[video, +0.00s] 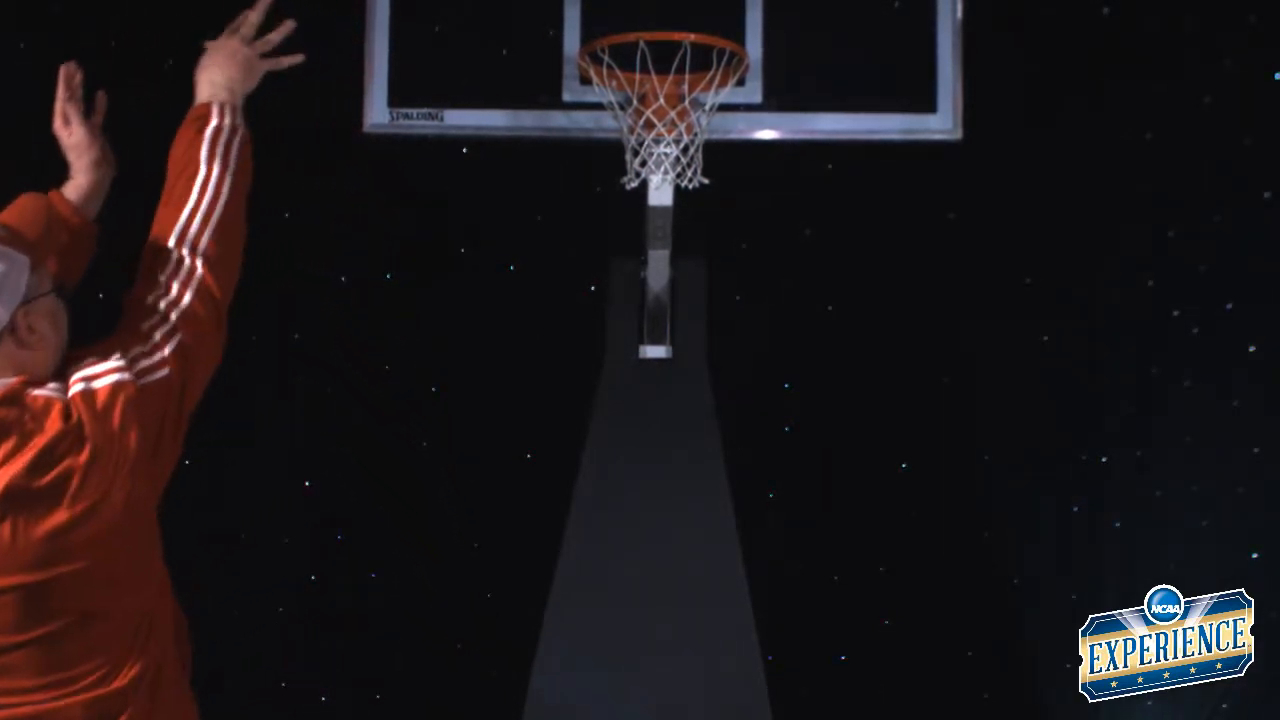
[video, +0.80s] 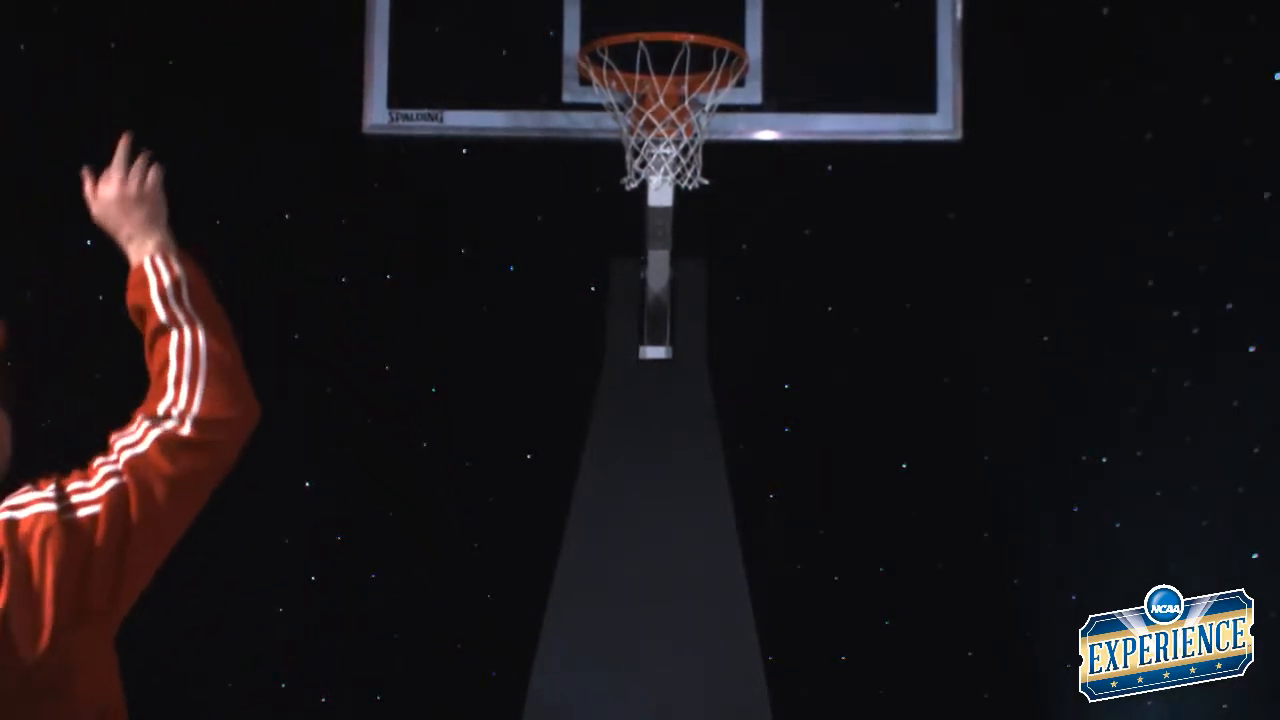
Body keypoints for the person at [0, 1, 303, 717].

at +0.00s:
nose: (56, 295)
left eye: (43, 285)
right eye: (44, 288)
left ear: (9, 332)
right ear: (20, 330)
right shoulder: (89, 430)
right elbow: (185, 274)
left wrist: (79, 191)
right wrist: (219, 102)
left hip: (17, 702)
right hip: (125, 702)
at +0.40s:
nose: (22, 353)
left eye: (14, 346)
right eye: (13, 350)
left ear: (12, 378)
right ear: (1, 383)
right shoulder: (40, 500)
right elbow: (186, 335)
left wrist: (18, 248)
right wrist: (176, 155)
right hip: (90, 701)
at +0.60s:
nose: (14, 396)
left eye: (7, 366)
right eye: (7, 367)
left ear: (11, 371)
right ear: (3, 376)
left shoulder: (38, 537)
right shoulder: (33, 539)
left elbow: (190, 371)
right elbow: (190, 368)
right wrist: (159, 194)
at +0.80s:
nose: (9, 414)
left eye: (4, 385)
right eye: (5, 385)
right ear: (4, 409)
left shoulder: (33, 555)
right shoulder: (27, 557)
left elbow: (202, 409)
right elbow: (202, 407)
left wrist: (148, 244)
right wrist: (149, 243)